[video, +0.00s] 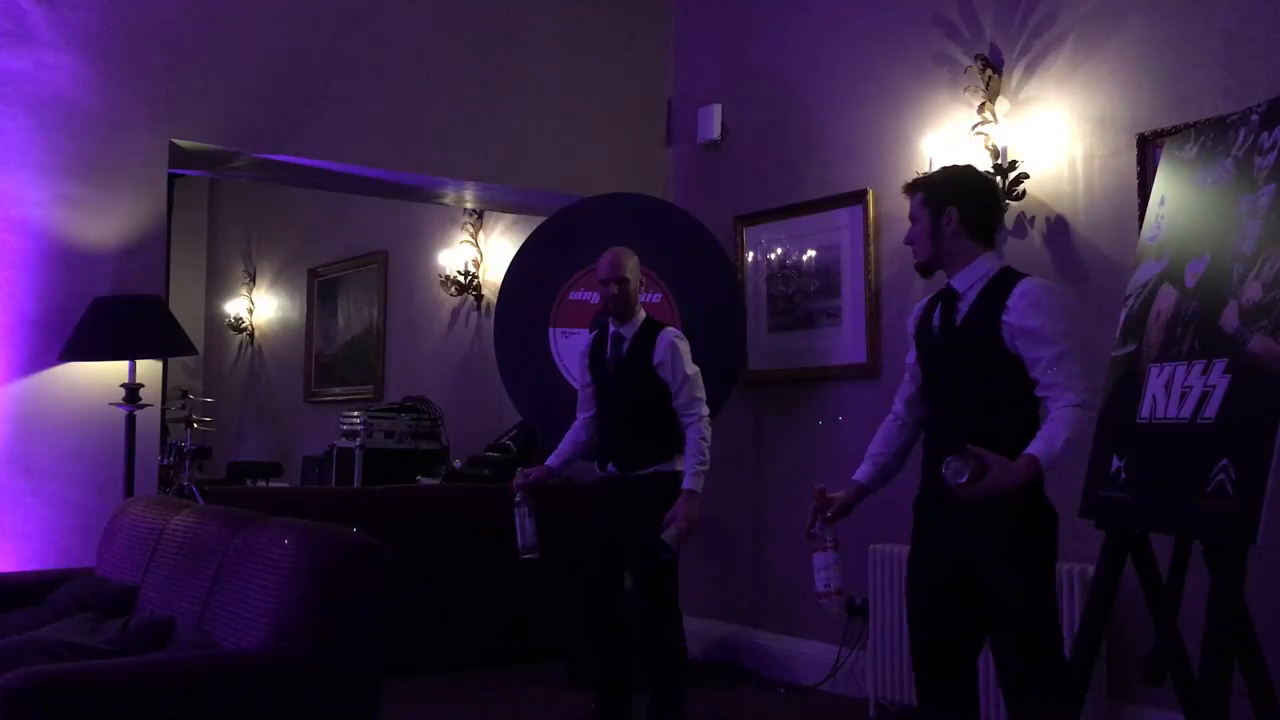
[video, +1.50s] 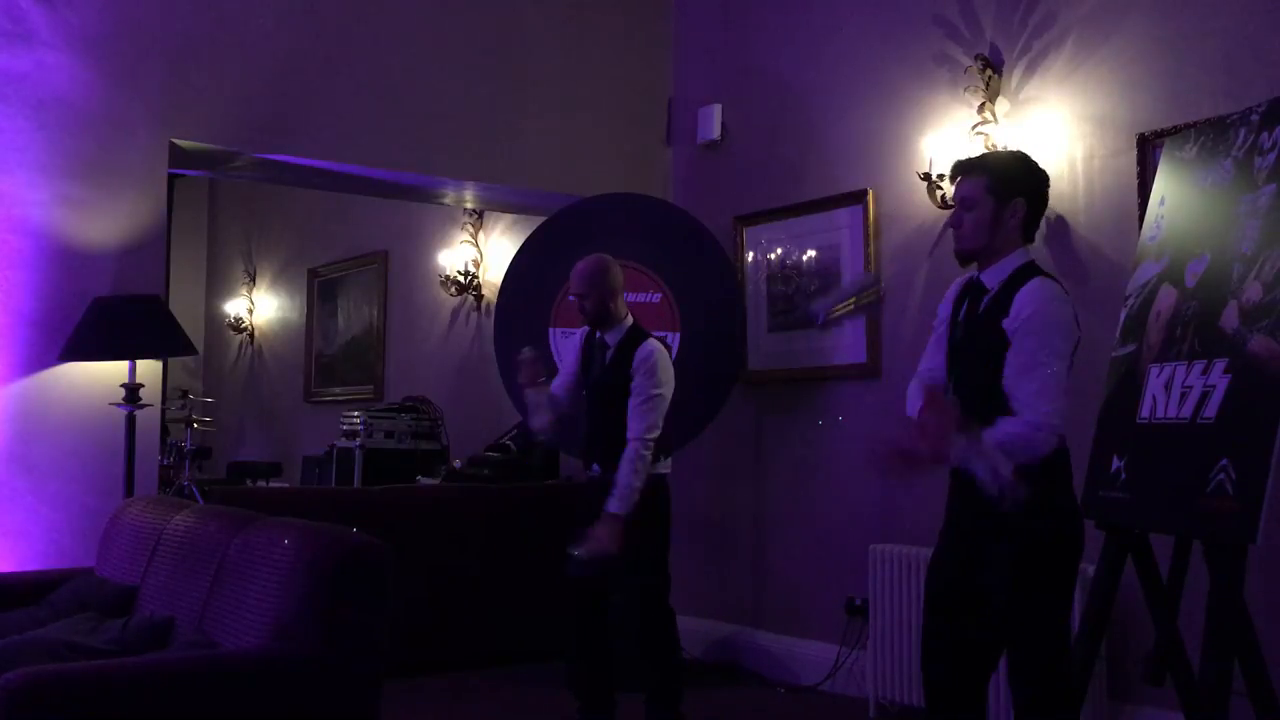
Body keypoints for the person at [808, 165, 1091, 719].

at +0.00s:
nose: (906, 237)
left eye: (914, 221)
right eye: (908, 223)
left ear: (951, 224)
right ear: (952, 226)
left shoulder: (1027, 299)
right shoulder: (926, 317)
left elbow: (1070, 400)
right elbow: (905, 416)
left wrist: (1024, 468)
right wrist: (855, 489)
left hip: (1011, 518)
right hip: (939, 519)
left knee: (1031, 682)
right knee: (940, 683)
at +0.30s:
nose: (903, 248)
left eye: (911, 231)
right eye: (902, 234)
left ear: (953, 224)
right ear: (949, 228)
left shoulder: (1028, 293)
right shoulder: (925, 320)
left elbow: (1078, 390)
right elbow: (899, 419)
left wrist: (1035, 452)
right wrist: (843, 496)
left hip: (1018, 518)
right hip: (946, 521)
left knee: (1037, 682)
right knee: (945, 683)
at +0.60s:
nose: (928, 240)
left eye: (938, 225)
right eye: (927, 227)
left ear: (982, 221)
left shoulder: (1048, 294)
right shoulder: (946, 313)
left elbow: (1093, 403)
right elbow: (904, 404)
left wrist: (1035, 470)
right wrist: (828, 463)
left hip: (1035, 517)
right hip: (962, 515)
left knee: (1043, 686)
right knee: (955, 685)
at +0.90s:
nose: (954, 216)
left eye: (967, 204)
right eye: (957, 203)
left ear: (1011, 214)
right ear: (1004, 215)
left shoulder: (1056, 299)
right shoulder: (972, 296)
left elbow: (1080, 422)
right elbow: (892, 320)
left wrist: (1005, 512)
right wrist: (825, 268)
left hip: (1033, 526)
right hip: (966, 523)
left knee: (1036, 693)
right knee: (955, 690)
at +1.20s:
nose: (960, 214)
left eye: (975, 202)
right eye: (964, 201)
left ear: (1019, 217)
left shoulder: (1043, 308)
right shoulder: (979, 293)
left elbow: (1012, 437)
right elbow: (886, 329)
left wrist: (932, 515)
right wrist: (830, 277)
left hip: (1028, 516)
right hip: (974, 510)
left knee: (1035, 687)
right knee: (950, 681)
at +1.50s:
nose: (953, 218)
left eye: (968, 206)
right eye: (954, 205)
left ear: (1013, 215)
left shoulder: (1040, 300)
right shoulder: (960, 294)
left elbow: (1041, 428)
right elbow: (926, 381)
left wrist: (959, 444)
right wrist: (929, 420)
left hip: (1033, 503)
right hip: (973, 497)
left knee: (1038, 677)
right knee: (948, 667)